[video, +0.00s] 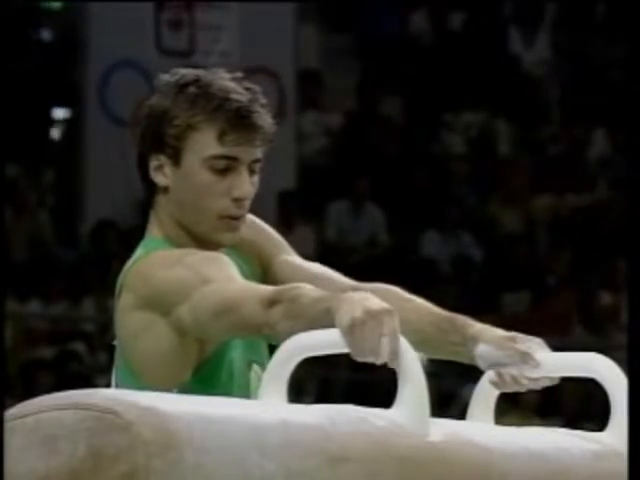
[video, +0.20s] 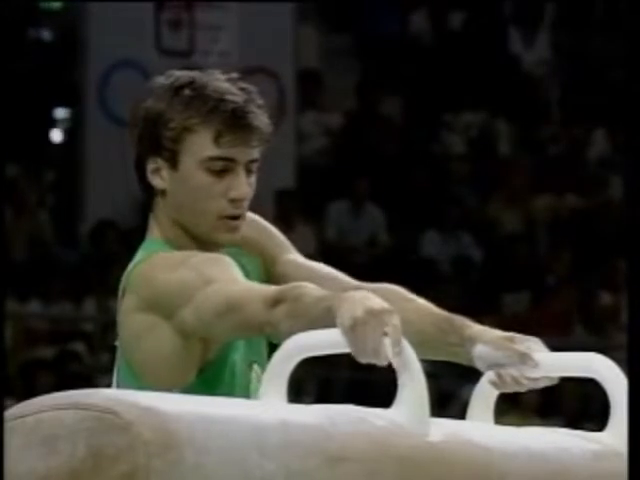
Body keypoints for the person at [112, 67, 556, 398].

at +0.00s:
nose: (244, 190)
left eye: (253, 170)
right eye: (221, 168)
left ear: (262, 167)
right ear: (162, 171)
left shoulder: (245, 239)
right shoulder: (166, 273)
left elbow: (353, 293)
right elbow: (264, 309)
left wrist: (476, 339)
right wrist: (339, 305)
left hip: (232, 467)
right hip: (168, 471)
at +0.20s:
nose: (241, 190)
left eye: (250, 169)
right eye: (218, 169)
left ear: (259, 166)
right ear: (159, 173)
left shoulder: (247, 237)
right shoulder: (169, 275)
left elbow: (357, 294)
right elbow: (268, 308)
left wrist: (473, 340)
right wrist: (340, 304)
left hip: (233, 465)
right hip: (169, 470)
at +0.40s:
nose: (244, 186)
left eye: (251, 165)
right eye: (220, 166)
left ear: (259, 162)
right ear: (162, 173)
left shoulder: (257, 229)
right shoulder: (178, 266)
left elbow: (375, 292)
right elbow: (270, 297)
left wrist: (480, 339)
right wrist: (340, 302)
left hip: (251, 463)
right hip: (186, 468)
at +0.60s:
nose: (241, 182)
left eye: (245, 159)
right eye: (216, 163)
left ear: (253, 151)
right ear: (157, 170)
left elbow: (393, 265)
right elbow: (266, 292)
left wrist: (478, 338)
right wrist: (352, 295)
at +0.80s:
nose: (217, 283)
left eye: (217, 262)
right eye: (189, 270)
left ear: (225, 255)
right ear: (130, 290)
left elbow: (344, 314)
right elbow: (263, 358)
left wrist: (462, 352)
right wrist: (350, 312)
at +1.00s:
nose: (285, 225)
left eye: (293, 211)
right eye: (274, 208)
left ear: (298, 208)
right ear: (226, 195)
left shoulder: (287, 251)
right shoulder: (189, 237)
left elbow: (346, 343)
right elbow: (235, 293)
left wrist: (411, 349)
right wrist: (323, 305)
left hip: (256, 430)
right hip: (181, 429)